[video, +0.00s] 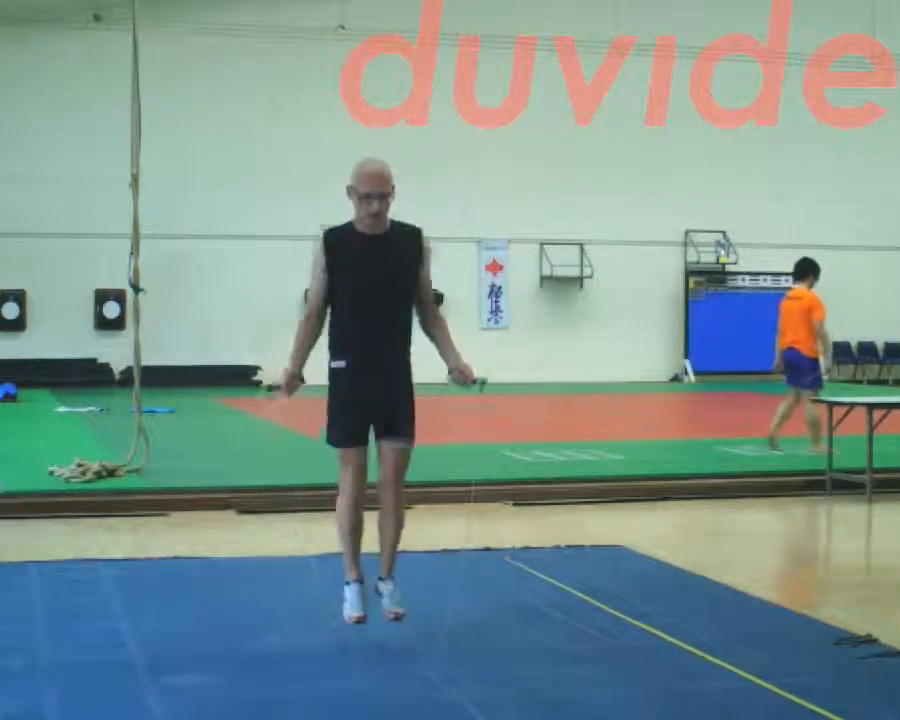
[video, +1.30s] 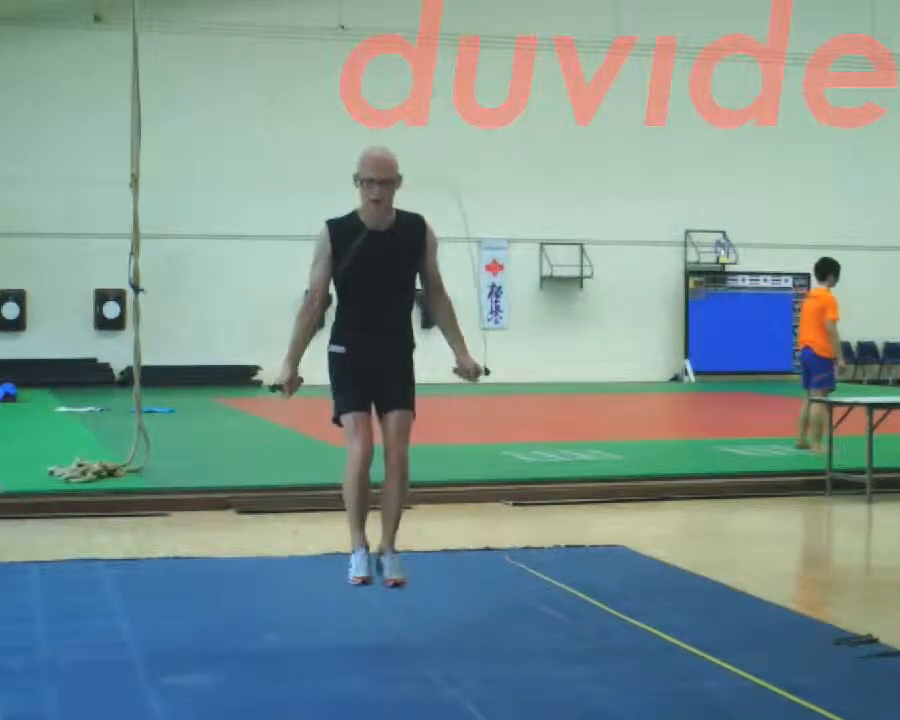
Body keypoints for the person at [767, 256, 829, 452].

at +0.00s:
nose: (816, 281)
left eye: (816, 277)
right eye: (815, 277)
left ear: (795, 276)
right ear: (811, 277)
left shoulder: (786, 299)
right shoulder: (812, 299)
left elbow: (781, 331)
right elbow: (818, 327)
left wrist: (779, 356)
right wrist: (826, 350)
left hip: (788, 350)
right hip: (806, 351)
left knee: (794, 394)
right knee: (810, 397)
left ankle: (773, 432)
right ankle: (817, 442)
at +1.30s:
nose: (837, 279)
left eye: (837, 275)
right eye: (836, 275)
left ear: (817, 275)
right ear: (831, 276)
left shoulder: (810, 296)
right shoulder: (828, 298)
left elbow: (805, 325)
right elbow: (830, 326)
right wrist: (839, 355)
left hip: (806, 349)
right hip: (820, 351)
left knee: (810, 396)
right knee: (818, 398)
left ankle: (802, 437)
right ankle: (815, 441)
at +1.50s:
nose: (840, 279)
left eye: (839, 275)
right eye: (839, 275)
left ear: (819, 275)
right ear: (835, 276)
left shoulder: (812, 296)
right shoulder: (829, 298)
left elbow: (805, 325)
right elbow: (832, 326)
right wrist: (837, 355)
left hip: (806, 349)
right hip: (820, 351)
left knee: (816, 398)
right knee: (818, 399)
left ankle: (811, 441)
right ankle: (812, 443)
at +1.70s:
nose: (840, 279)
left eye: (840, 275)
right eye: (840, 275)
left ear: (821, 275)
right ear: (836, 276)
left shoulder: (812, 297)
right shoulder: (831, 299)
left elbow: (805, 326)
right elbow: (836, 328)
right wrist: (843, 355)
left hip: (806, 349)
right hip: (821, 351)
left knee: (820, 397)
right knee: (817, 398)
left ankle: (817, 442)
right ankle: (813, 444)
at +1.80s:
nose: (840, 280)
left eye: (840, 276)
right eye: (840, 276)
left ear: (821, 275)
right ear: (836, 276)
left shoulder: (813, 296)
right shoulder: (831, 298)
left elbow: (816, 329)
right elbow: (842, 324)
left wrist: (835, 344)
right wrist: (857, 342)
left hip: (806, 347)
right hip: (820, 349)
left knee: (817, 397)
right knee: (818, 397)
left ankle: (814, 443)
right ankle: (814, 444)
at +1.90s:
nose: (841, 281)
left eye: (841, 277)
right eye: (840, 277)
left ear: (822, 276)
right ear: (836, 277)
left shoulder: (813, 296)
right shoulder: (831, 298)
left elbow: (831, 331)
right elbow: (847, 323)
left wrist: (852, 343)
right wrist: (862, 338)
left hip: (807, 348)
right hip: (819, 351)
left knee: (813, 397)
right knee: (819, 398)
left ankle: (812, 443)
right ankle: (815, 444)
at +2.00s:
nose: (843, 282)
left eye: (844, 278)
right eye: (843, 278)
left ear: (825, 276)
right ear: (838, 277)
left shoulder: (815, 296)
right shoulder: (832, 298)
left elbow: (829, 328)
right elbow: (848, 324)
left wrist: (849, 342)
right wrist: (863, 339)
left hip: (807, 348)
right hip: (819, 351)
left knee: (814, 397)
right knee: (819, 398)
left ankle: (813, 443)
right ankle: (815, 444)